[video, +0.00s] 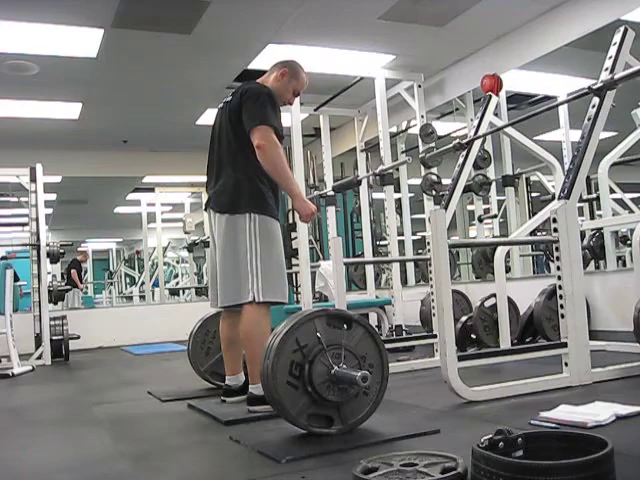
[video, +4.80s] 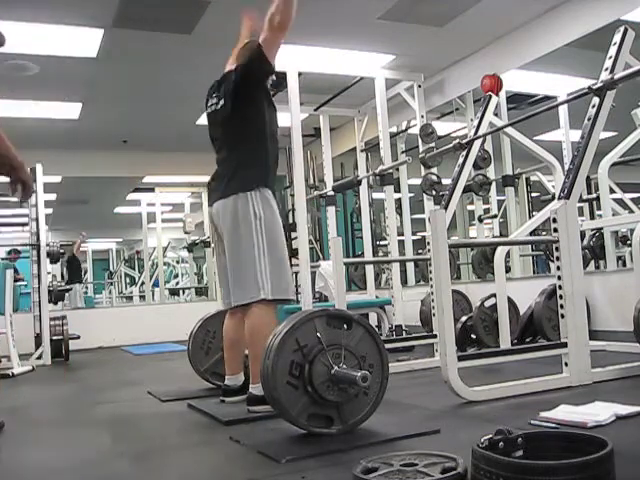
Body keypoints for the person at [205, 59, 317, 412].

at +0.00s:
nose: (292, 100)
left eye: (296, 96)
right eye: (294, 92)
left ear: (272, 72)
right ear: (281, 74)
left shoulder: (231, 103)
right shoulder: (258, 93)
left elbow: (218, 166)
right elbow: (264, 141)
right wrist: (298, 197)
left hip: (222, 208)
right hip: (248, 207)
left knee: (231, 303)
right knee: (257, 300)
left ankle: (234, 383)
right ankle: (260, 390)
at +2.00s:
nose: (298, 103)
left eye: (303, 99)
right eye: (301, 94)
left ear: (277, 76)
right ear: (285, 77)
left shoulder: (237, 104)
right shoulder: (263, 95)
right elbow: (272, 137)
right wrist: (303, 196)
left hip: (220, 207)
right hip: (245, 208)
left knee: (234, 302)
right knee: (259, 301)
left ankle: (233, 383)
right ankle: (260, 389)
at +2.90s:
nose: (272, 76)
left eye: (272, 69)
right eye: (270, 68)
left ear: (239, 66)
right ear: (256, 62)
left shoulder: (220, 103)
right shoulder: (250, 94)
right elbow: (284, 132)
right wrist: (340, 148)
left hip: (222, 210)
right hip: (249, 210)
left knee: (234, 300)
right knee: (262, 298)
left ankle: (233, 382)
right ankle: (260, 389)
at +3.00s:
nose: (259, 69)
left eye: (258, 63)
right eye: (257, 62)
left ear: (225, 64)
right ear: (242, 61)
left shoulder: (209, 104)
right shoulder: (244, 93)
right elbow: (301, 98)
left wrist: (290, 108)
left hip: (224, 211)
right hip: (255, 209)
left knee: (238, 302)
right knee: (266, 299)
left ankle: (233, 382)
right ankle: (260, 390)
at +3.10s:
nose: (253, 68)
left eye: (252, 63)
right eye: (250, 61)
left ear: (219, 66)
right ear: (235, 60)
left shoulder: (208, 102)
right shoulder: (238, 90)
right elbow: (292, 66)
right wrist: (330, 28)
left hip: (227, 208)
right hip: (254, 204)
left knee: (245, 299)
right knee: (266, 299)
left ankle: (233, 383)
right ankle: (259, 389)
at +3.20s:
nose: (255, 64)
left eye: (254, 60)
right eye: (251, 60)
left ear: (219, 66)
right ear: (239, 61)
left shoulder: (207, 102)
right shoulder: (240, 87)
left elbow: (240, 72)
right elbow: (286, 32)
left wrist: (253, 44)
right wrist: (297, 6)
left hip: (231, 205)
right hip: (257, 199)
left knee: (247, 296)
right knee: (267, 297)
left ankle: (234, 382)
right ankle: (260, 389)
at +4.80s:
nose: (268, 66)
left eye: (264, 61)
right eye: (265, 61)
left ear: (233, 65)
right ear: (255, 64)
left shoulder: (217, 91)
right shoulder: (247, 79)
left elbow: (239, 56)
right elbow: (277, 25)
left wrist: (248, 30)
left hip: (222, 197)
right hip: (249, 193)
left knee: (237, 301)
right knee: (262, 298)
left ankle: (234, 383)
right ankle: (261, 388)